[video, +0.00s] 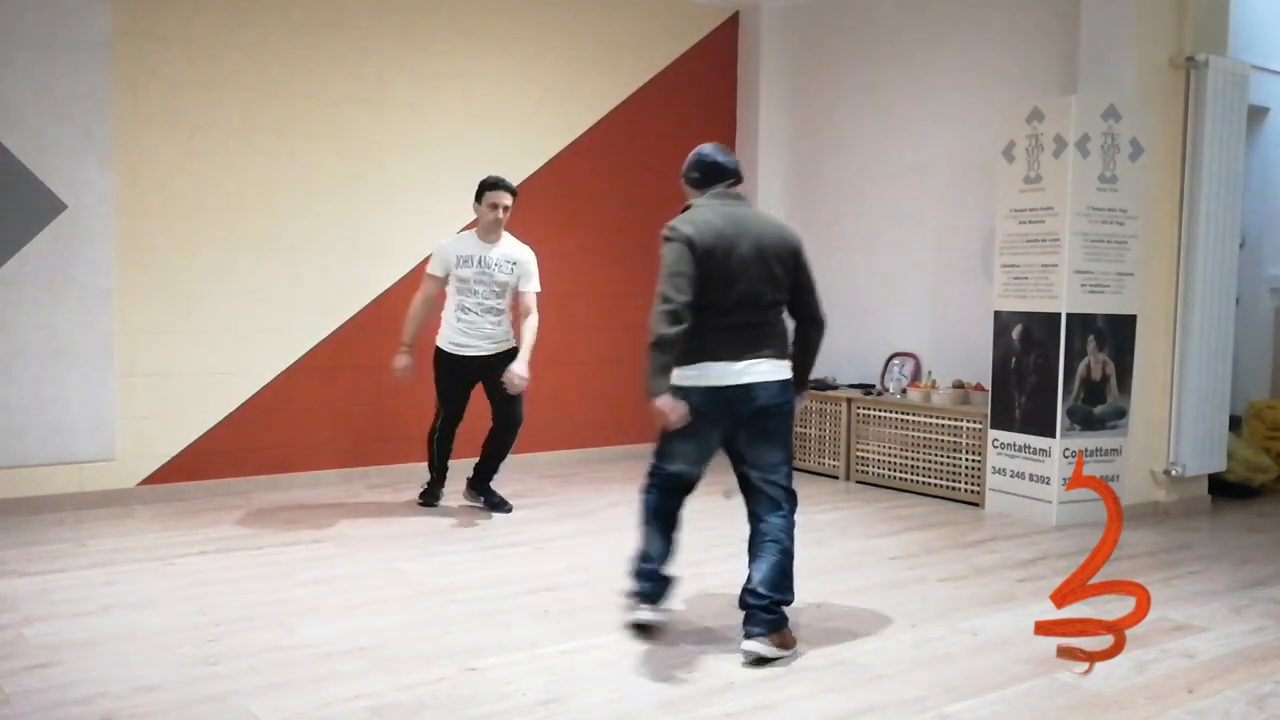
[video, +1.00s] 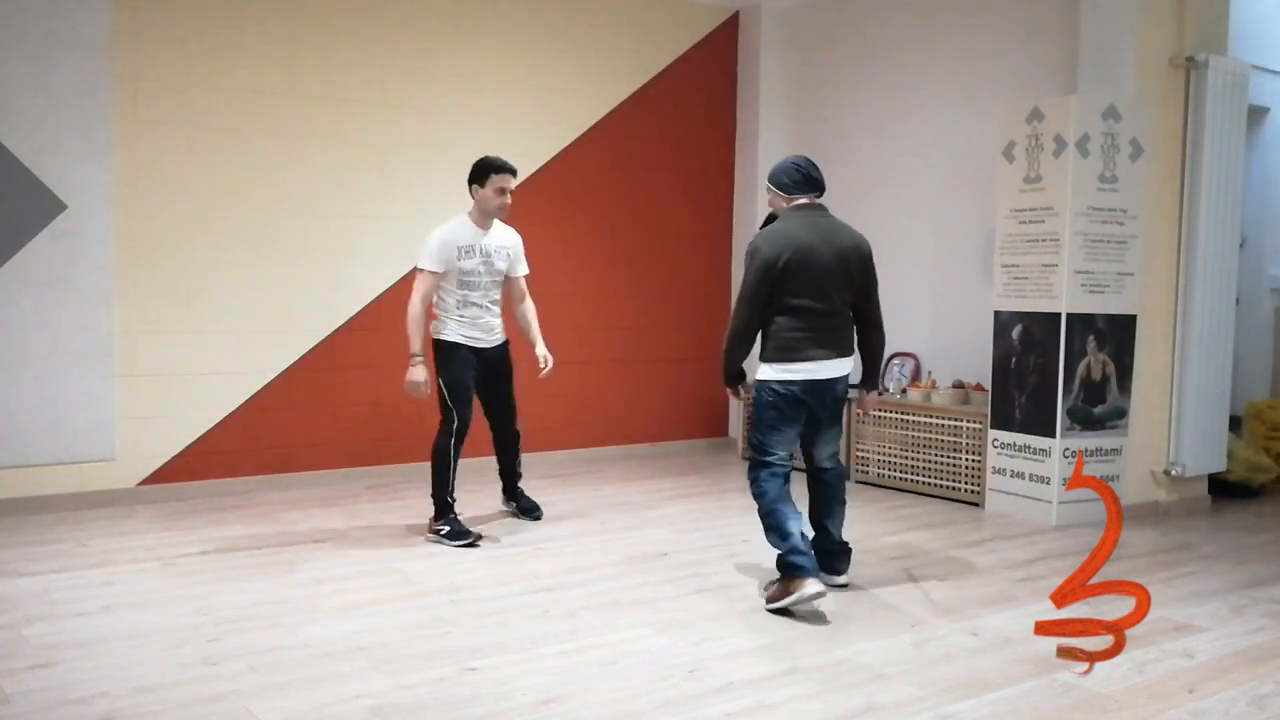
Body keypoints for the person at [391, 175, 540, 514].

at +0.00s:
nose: (500, 215)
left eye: (506, 209)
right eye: (494, 207)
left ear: (511, 212)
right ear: (477, 207)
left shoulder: (522, 256)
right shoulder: (449, 249)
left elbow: (529, 313)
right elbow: (424, 298)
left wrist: (522, 361)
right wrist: (405, 347)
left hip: (500, 354)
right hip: (454, 353)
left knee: (510, 420)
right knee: (447, 420)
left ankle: (479, 483)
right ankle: (435, 482)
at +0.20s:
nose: (494, 209)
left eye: (499, 203)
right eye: (487, 202)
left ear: (503, 205)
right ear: (469, 202)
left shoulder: (511, 249)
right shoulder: (443, 241)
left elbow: (528, 304)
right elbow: (413, 292)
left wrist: (539, 354)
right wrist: (398, 340)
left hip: (493, 345)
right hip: (447, 345)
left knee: (510, 407)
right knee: (438, 415)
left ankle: (503, 487)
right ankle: (433, 482)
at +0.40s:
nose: (505, 207)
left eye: (510, 201)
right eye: (498, 200)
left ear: (513, 203)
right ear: (479, 200)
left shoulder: (520, 247)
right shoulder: (455, 242)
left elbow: (528, 299)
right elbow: (427, 295)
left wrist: (536, 346)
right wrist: (434, 336)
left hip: (506, 345)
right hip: (460, 347)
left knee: (519, 415)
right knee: (448, 420)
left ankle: (520, 492)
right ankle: (435, 482)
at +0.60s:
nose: (517, 201)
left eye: (521, 195)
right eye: (510, 195)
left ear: (524, 196)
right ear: (489, 193)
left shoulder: (530, 240)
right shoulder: (464, 237)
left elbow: (536, 298)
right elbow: (442, 296)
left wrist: (542, 347)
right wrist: (449, 345)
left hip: (518, 343)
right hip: (473, 344)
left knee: (525, 419)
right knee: (469, 415)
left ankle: (520, 492)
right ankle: (448, 478)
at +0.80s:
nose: (518, 199)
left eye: (522, 193)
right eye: (511, 192)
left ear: (525, 194)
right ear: (488, 190)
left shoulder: (529, 239)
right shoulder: (462, 236)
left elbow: (540, 297)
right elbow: (437, 298)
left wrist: (552, 344)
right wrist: (433, 352)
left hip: (515, 342)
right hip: (470, 340)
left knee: (521, 421)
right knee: (468, 413)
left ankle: (519, 494)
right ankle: (442, 503)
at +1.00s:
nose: (508, 199)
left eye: (511, 192)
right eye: (501, 191)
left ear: (511, 194)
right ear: (476, 190)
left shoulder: (510, 240)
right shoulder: (446, 237)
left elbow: (522, 299)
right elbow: (419, 300)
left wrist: (538, 343)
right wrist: (416, 359)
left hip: (494, 345)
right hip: (453, 344)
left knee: (505, 423)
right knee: (457, 423)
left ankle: (512, 492)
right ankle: (442, 515)